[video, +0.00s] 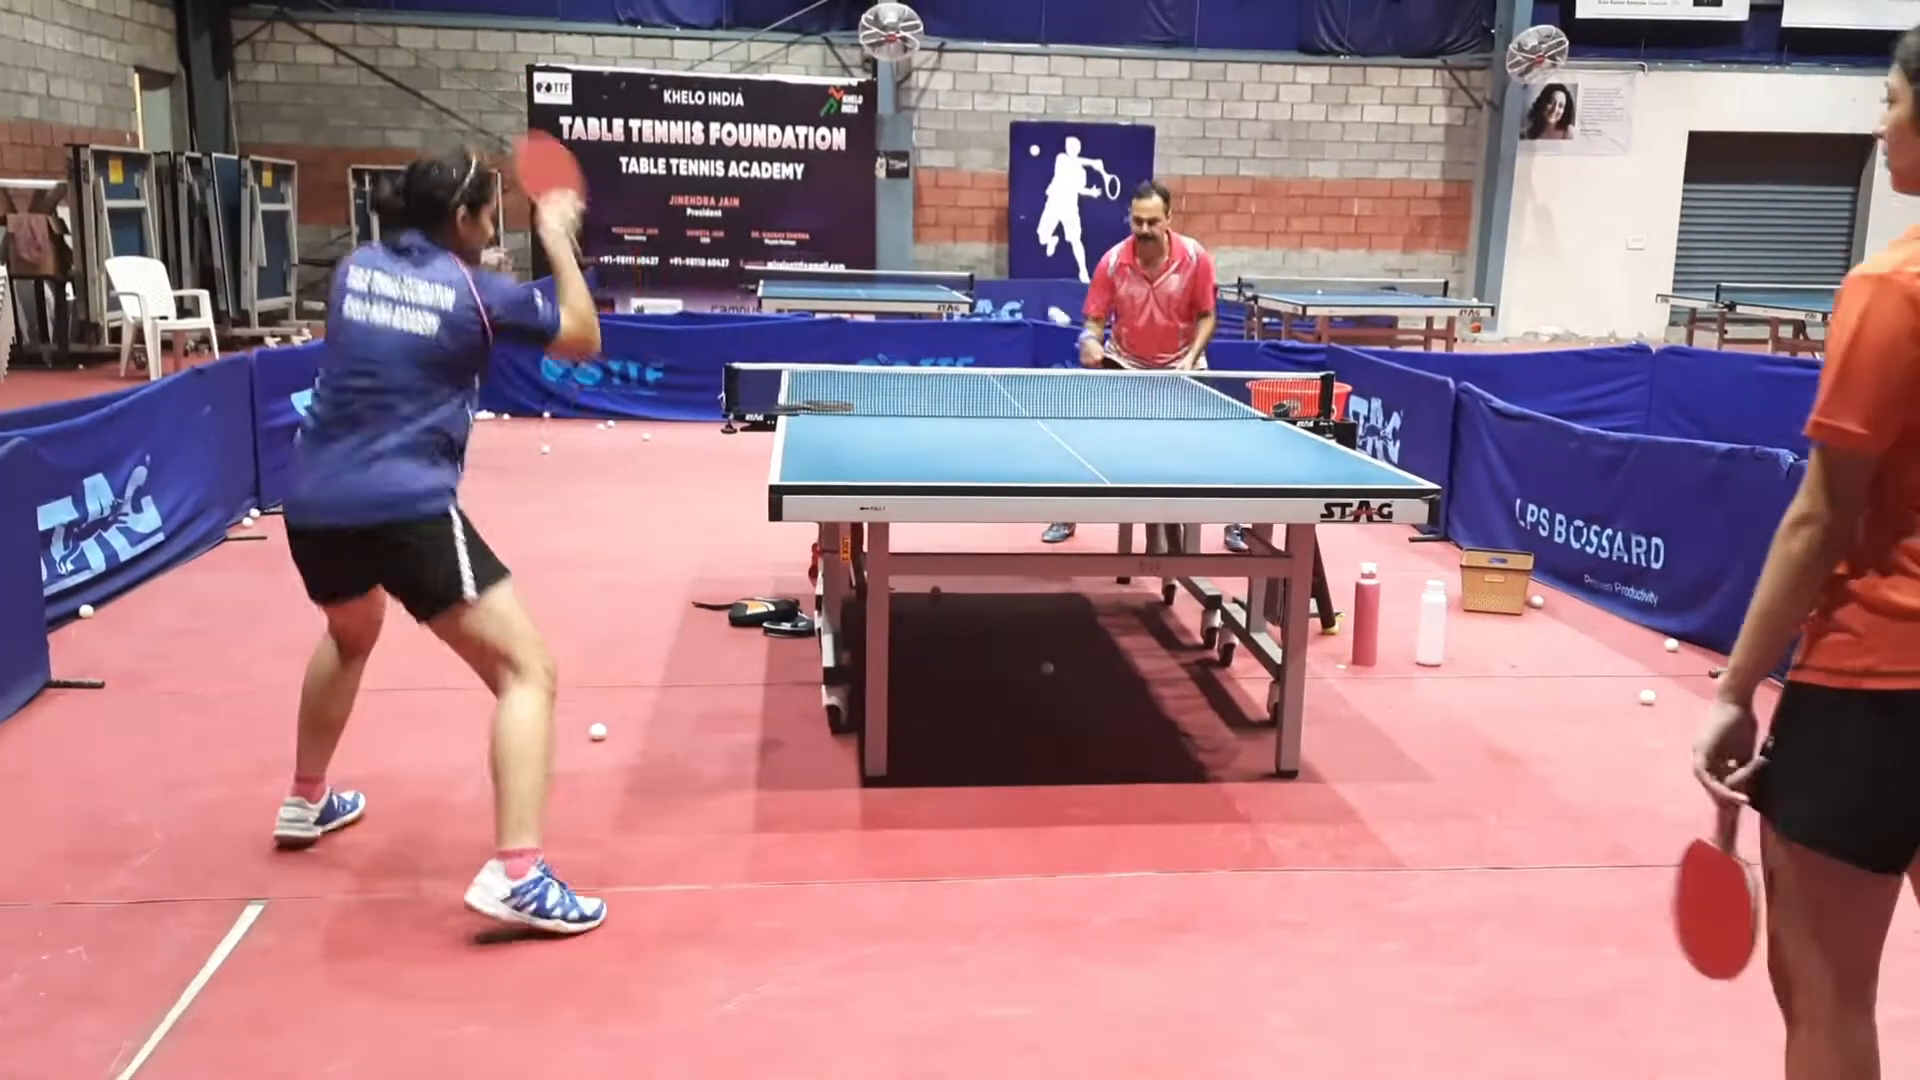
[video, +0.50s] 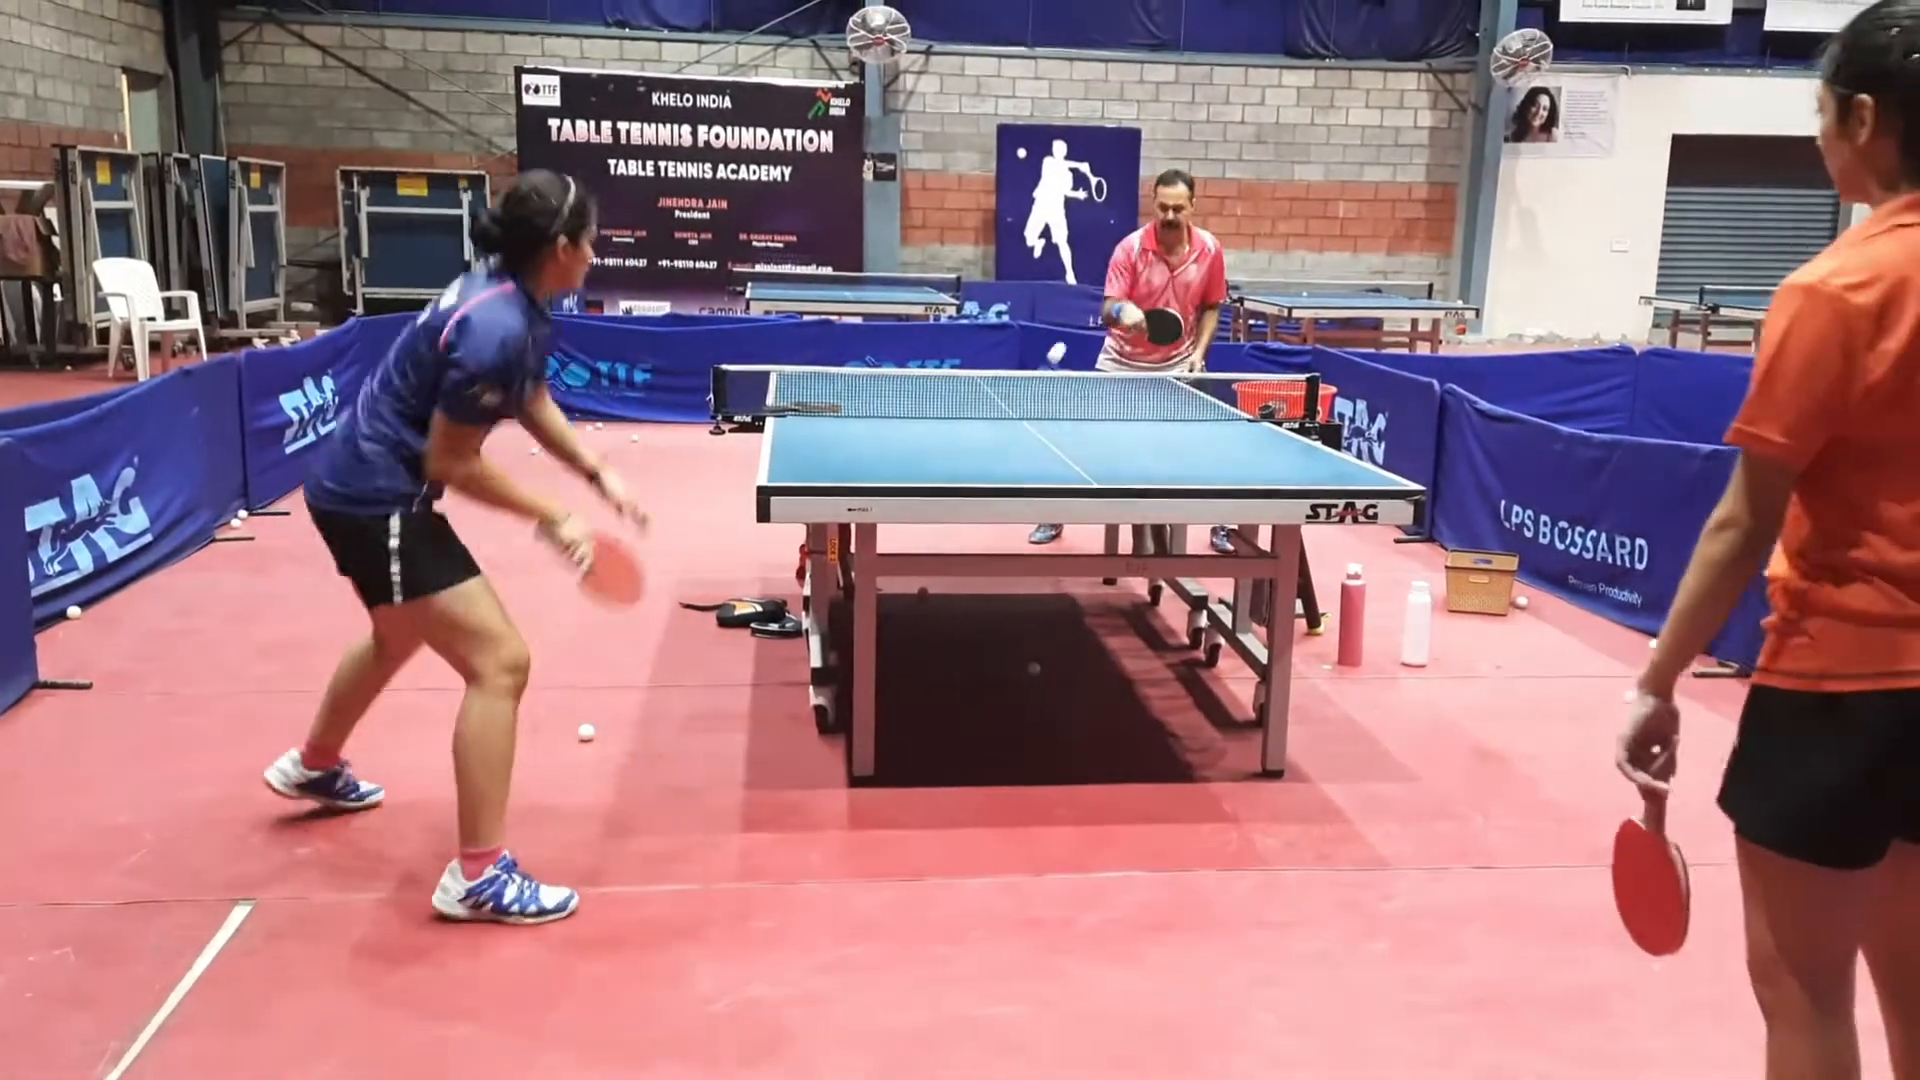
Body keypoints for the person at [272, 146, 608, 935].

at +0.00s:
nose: (492, 224)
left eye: (491, 210)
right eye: (488, 212)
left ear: (409, 213)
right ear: (462, 219)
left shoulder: (354, 268)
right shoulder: (477, 292)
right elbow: (582, 334)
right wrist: (555, 235)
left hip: (313, 504)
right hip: (408, 507)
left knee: (348, 636)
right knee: (524, 674)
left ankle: (303, 801)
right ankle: (518, 869)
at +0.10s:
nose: (489, 277)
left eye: (487, 264)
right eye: (485, 266)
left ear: (406, 270)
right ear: (465, 273)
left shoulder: (356, 323)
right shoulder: (482, 348)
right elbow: (582, 417)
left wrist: (463, 332)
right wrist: (590, 318)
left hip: (320, 557)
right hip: (419, 563)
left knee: (348, 638)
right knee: (556, 699)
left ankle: (301, 804)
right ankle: (511, 885)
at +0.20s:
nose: (501, 283)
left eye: (499, 269)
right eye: (498, 272)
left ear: (424, 275)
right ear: (480, 279)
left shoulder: (369, 329)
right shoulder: (491, 354)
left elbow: (416, 385)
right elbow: (584, 445)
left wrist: (490, 351)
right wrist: (612, 358)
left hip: (318, 549)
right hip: (416, 556)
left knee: (348, 641)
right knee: (548, 699)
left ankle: (299, 803)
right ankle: (507, 885)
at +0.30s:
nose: (533, 239)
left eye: (532, 225)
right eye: (528, 227)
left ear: (454, 226)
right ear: (505, 235)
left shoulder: (407, 272)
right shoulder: (504, 316)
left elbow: (448, 350)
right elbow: (553, 442)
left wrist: (535, 337)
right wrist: (623, 394)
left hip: (312, 499)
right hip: (399, 510)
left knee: (357, 631)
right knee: (520, 671)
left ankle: (300, 797)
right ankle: (507, 871)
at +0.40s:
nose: (566, 224)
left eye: (565, 210)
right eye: (561, 211)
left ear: (499, 211)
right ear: (530, 219)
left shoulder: (453, 251)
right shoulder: (507, 305)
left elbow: (488, 371)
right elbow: (509, 439)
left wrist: (584, 390)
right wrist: (606, 453)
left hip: (324, 462)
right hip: (385, 480)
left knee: (381, 618)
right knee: (508, 652)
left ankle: (303, 767)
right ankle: (495, 861)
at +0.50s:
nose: (593, 254)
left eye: (591, 240)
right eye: (587, 241)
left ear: (539, 243)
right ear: (556, 250)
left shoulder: (511, 294)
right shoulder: (496, 327)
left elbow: (530, 401)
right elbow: (450, 464)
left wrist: (598, 470)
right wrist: (549, 516)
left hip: (359, 482)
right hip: (379, 499)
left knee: (398, 636)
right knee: (501, 665)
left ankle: (313, 764)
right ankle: (479, 869)